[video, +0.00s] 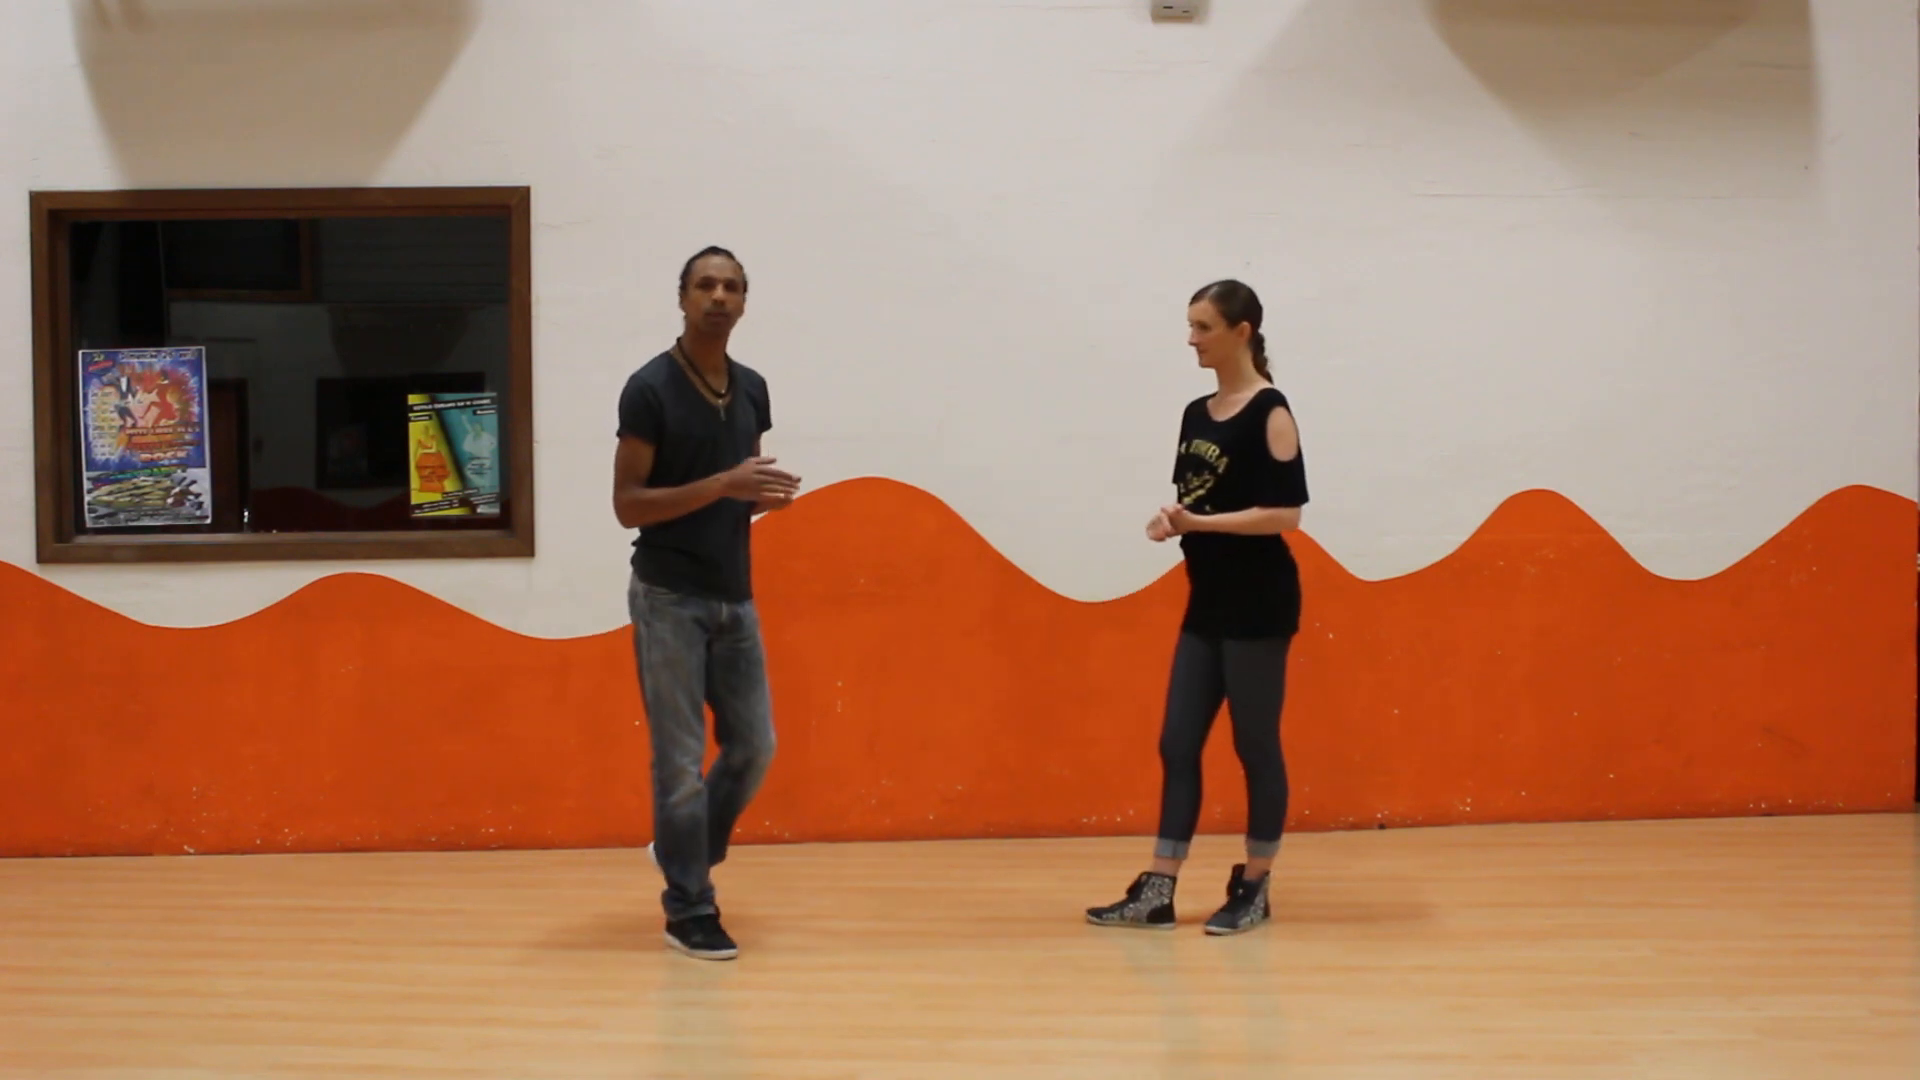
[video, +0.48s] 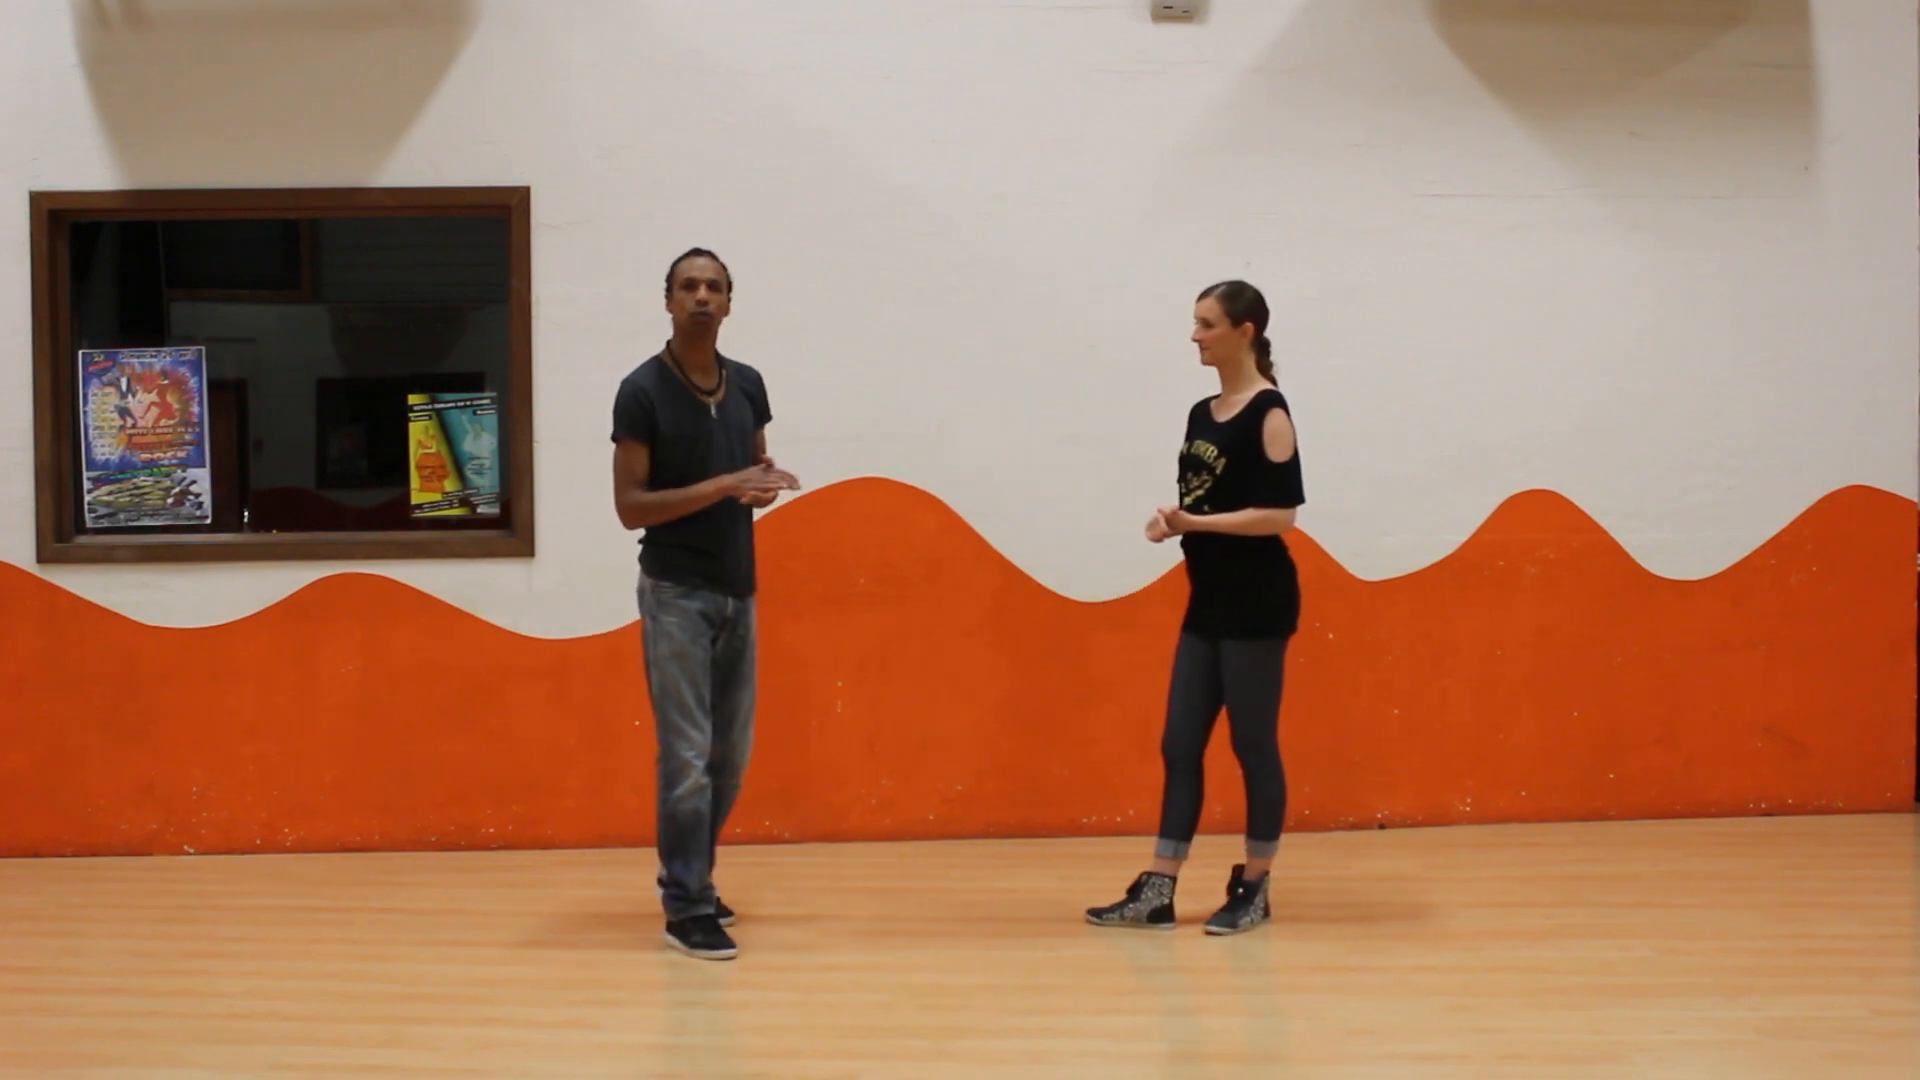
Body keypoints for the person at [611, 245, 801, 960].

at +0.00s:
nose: (720, 296)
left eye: (732, 287)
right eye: (707, 285)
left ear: (745, 303)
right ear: (681, 299)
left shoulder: (752, 391)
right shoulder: (650, 389)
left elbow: (732, 488)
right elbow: (627, 506)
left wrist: (766, 489)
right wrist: (725, 483)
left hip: (732, 596)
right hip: (667, 595)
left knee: (752, 745)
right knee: (682, 756)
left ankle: (689, 850)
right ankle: (690, 909)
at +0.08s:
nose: (711, 295)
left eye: (724, 285)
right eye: (698, 284)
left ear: (738, 302)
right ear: (674, 299)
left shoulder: (750, 389)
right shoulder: (646, 390)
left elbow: (736, 482)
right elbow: (629, 508)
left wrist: (768, 487)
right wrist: (727, 486)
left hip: (734, 597)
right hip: (668, 596)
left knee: (758, 744)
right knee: (683, 756)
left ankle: (695, 857)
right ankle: (690, 909)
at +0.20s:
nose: (706, 296)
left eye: (717, 286)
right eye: (692, 285)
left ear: (732, 302)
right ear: (668, 300)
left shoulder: (749, 387)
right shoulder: (642, 391)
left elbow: (740, 479)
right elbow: (630, 509)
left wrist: (772, 481)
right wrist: (728, 486)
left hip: (736, 596)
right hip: (670, 595)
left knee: (758, 744)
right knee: (685, 753)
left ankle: (709, 874)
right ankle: (689, 906)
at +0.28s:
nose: (701, 297)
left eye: (713, 287)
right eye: (688, 286)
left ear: (729, 302)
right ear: (666, 300)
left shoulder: (748, 387)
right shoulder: (641, 391)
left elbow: (739, 483)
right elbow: (631, 509)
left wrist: (771, 481)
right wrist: (729, 487)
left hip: (737, 596)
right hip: (671, 596)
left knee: (751, 745)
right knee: (685, 752)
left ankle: (711, 879)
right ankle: (689, 907)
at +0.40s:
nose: (702, 297)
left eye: (713, 287)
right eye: (688, 286)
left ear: (728, 302)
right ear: (666, 300)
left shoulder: (747, 386)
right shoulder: (642, 391)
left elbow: (746, 475)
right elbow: (632, 509)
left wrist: (769, 479)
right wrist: (726, 487)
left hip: (736, 593)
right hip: (673, 593)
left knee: (735, 752)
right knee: (688, 753)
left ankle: (701, 884)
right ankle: (688, 906)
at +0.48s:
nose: (704, 296)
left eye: (715, 286)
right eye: (691, 285)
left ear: (730, 302)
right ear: (668, 301)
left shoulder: (747, 385)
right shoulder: (643, 390)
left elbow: (756, 462)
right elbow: (630, 507)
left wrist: (769, 476)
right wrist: (722, 486)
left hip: (735, 592)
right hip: (675, 591)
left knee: (729, 753)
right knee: (689, 753)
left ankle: (692, 886)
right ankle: (687, 906)